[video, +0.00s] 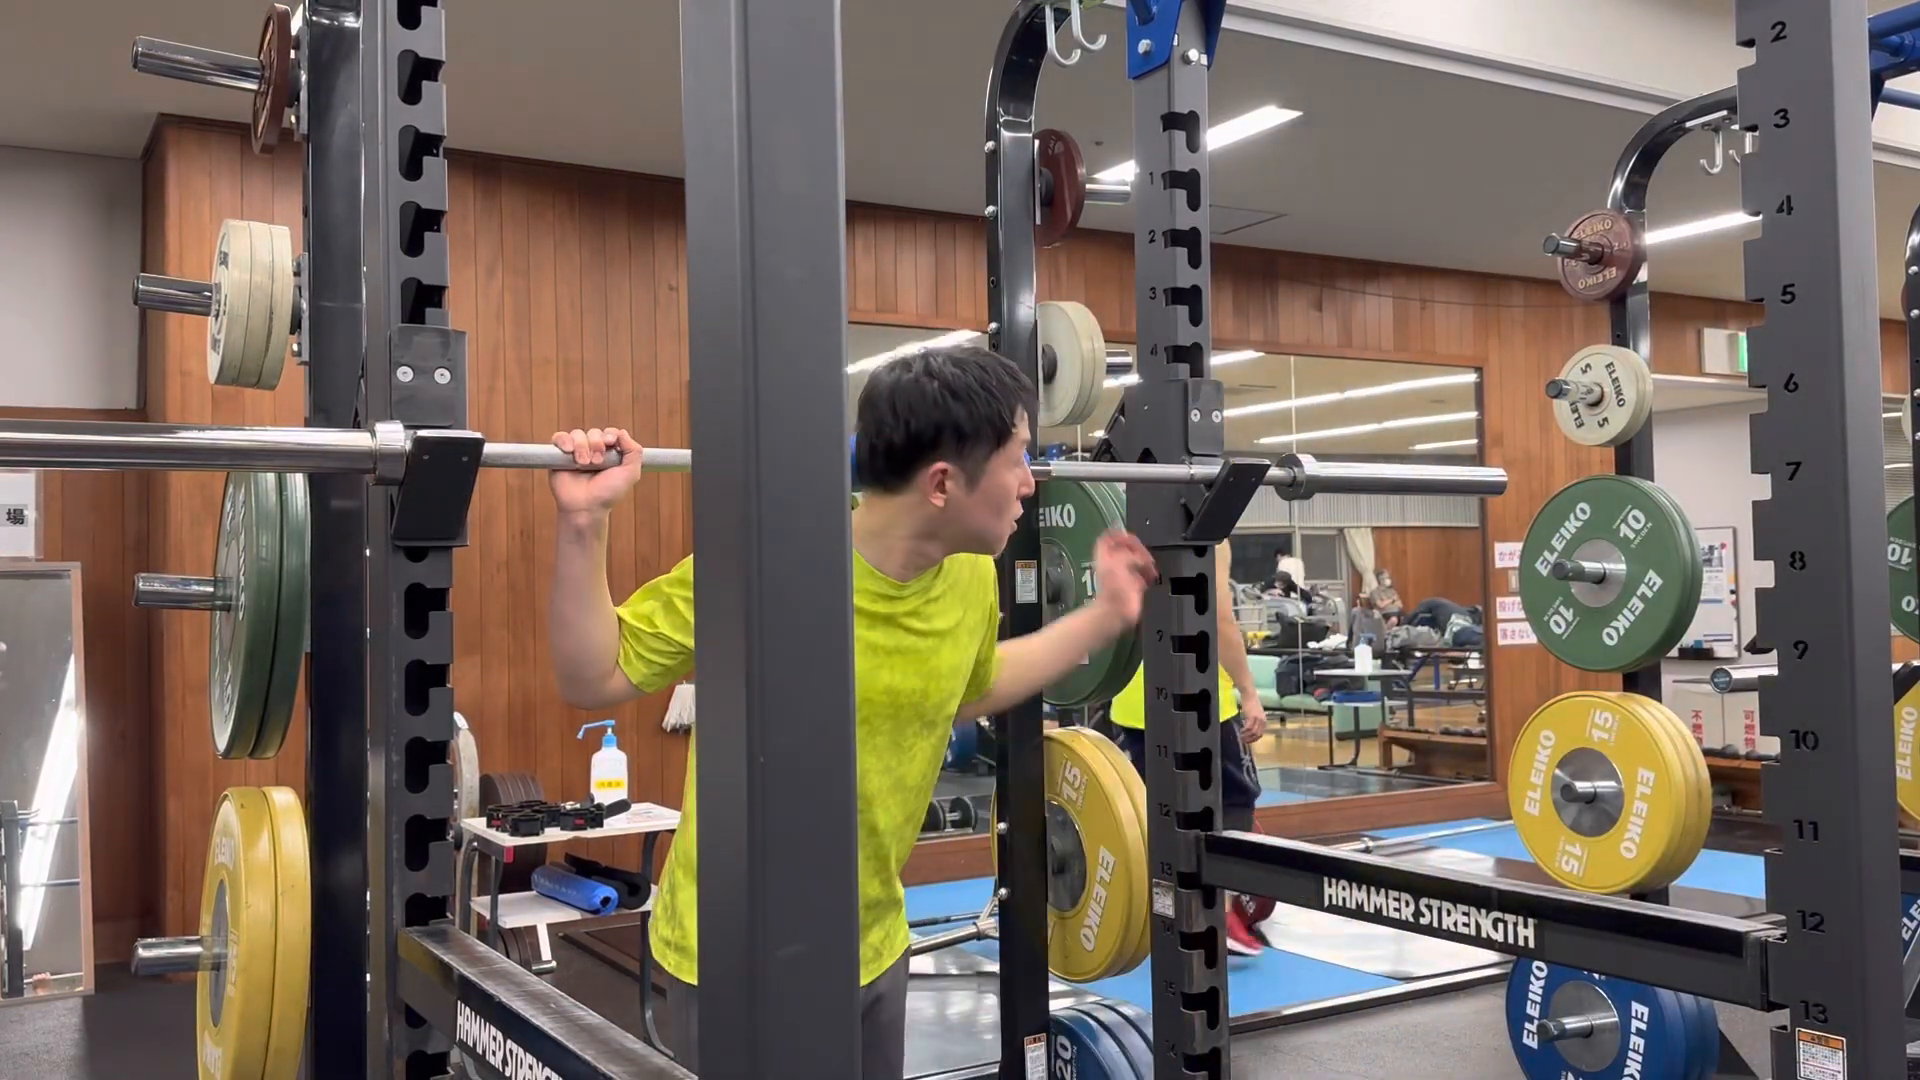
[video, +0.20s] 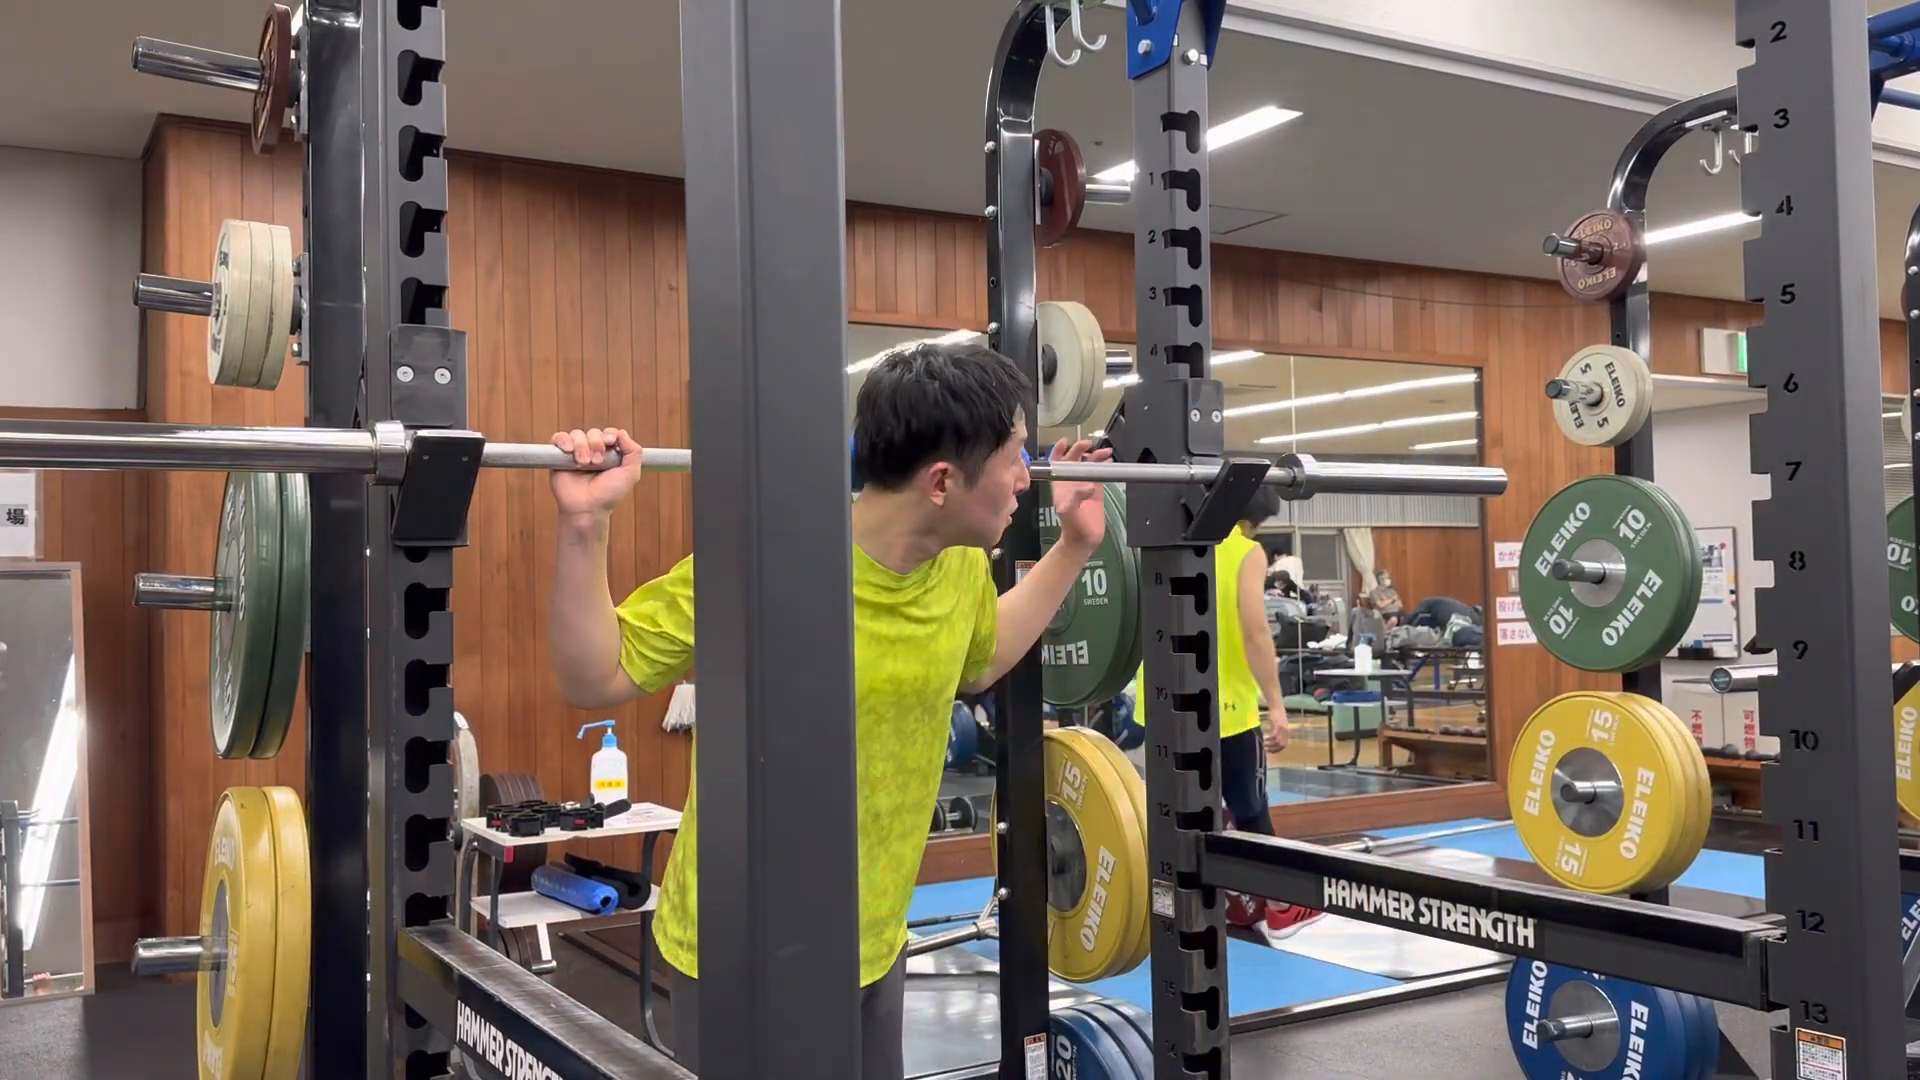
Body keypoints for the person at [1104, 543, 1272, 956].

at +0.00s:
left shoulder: (1131, 530)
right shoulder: (1208, 533)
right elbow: (1221, 621)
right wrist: (1247, 689)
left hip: (1132, 702)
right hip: (1200, 704)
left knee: (1151, 812)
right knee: (1236, 804)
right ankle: (1223, 905)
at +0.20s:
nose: (1264, 526)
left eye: (1264, 518)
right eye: (1262, 519)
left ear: (1207, 501)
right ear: (1250, 515)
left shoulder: (1165, 541)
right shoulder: (1244, 551)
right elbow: (1255, 632)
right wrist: (1275, 703)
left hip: (1166, 715)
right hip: (1228, 715)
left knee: (1188, 818)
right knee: (1252, 817)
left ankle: (1195, 913)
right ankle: (1273, 905)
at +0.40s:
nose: (1319, 548)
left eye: (1322, 542)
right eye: (1321, 541)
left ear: (1277, 518)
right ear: (1312, 535)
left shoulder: (1225, 547)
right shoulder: (1299, 564)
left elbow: (1195, 617)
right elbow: (1302, 644)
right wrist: (1322, 710)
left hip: (1203, 706)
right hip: (1259, 710)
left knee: (1194, 806)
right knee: (1279, 811)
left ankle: (1186, 900)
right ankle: (1285, 907)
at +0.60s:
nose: (1356, 559)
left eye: (1359, 553)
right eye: (1357, 551)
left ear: (1309, 522)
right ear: (1348, 541)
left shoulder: (1253, 538)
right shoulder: (1338, 563)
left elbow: (1204, 563)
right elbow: (1334, 641)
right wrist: (1339, 704)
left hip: (1208, 678)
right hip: (1268, 691)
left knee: (1191, 788)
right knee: (1281, 804)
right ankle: (1286, 905)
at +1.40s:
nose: (1338, 592)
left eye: (1344, 586)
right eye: (1344, 584)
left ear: (1320, 554)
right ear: (1338, 569)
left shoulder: (1261, 569)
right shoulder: (1308, 578)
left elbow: (1225, 624)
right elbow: (1293, 651)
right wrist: (1327, 705)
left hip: (1213, 694)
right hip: (1251, 696)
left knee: (1216, 789)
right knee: (1315, 781)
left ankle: (1191, 883)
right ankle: (1314, 896)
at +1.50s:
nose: (1343, 616)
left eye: (1350, 611)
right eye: (1349, 608)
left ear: (1324, 570)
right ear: (1348, 591)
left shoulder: (1267, 584)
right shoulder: (1321, 594)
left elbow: (1227, 638)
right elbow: (1304, 668)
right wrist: (1327, 729)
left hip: (1202, 702)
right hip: (1246, 704)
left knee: (1203, 803)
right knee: (1296, 797)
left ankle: (1194, 895)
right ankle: (1327, 903)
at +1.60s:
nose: (1357, 661)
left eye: (1362, 658)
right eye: (1361, 655)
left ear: (1344, 613)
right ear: (1361, 636)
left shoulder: (1287, 616)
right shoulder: (1341, 638)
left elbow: (1242, 678)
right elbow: (1322, 707)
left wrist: (1240, 760)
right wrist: (1323, 772)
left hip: (1204, 696)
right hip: (1250, 705)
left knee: (1194, 802)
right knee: (1308, 795)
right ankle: (1341, 907)